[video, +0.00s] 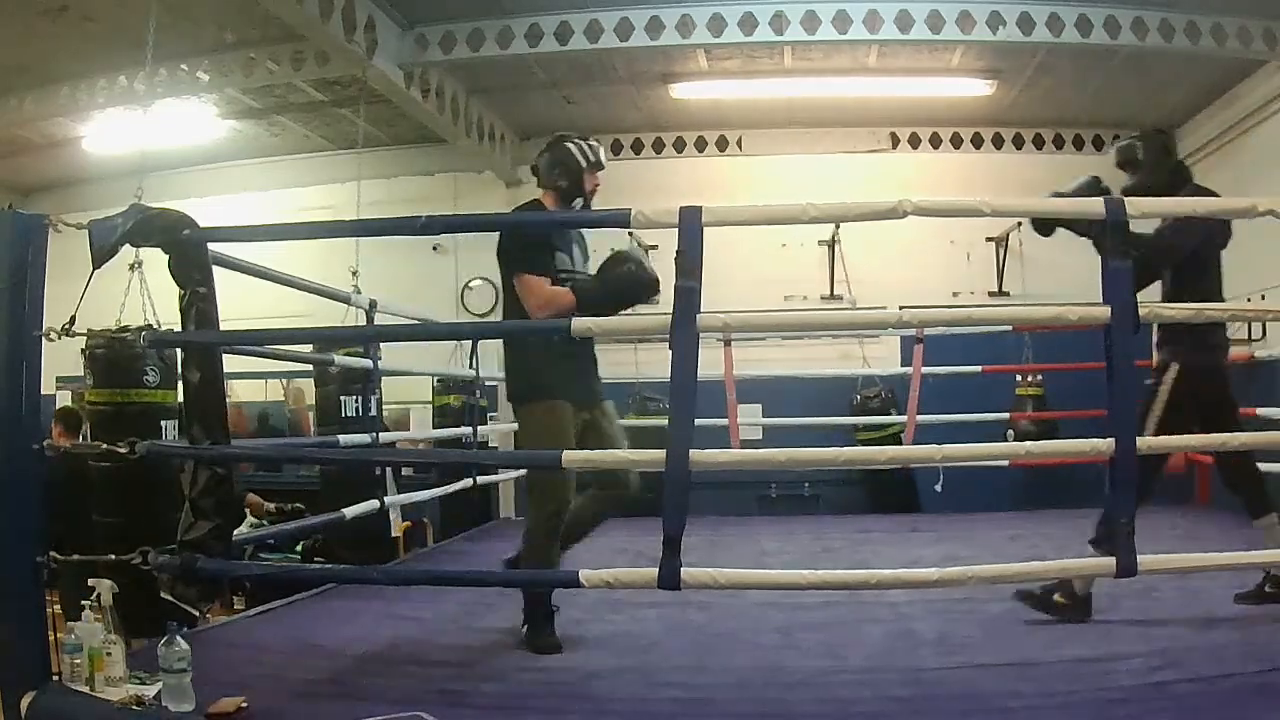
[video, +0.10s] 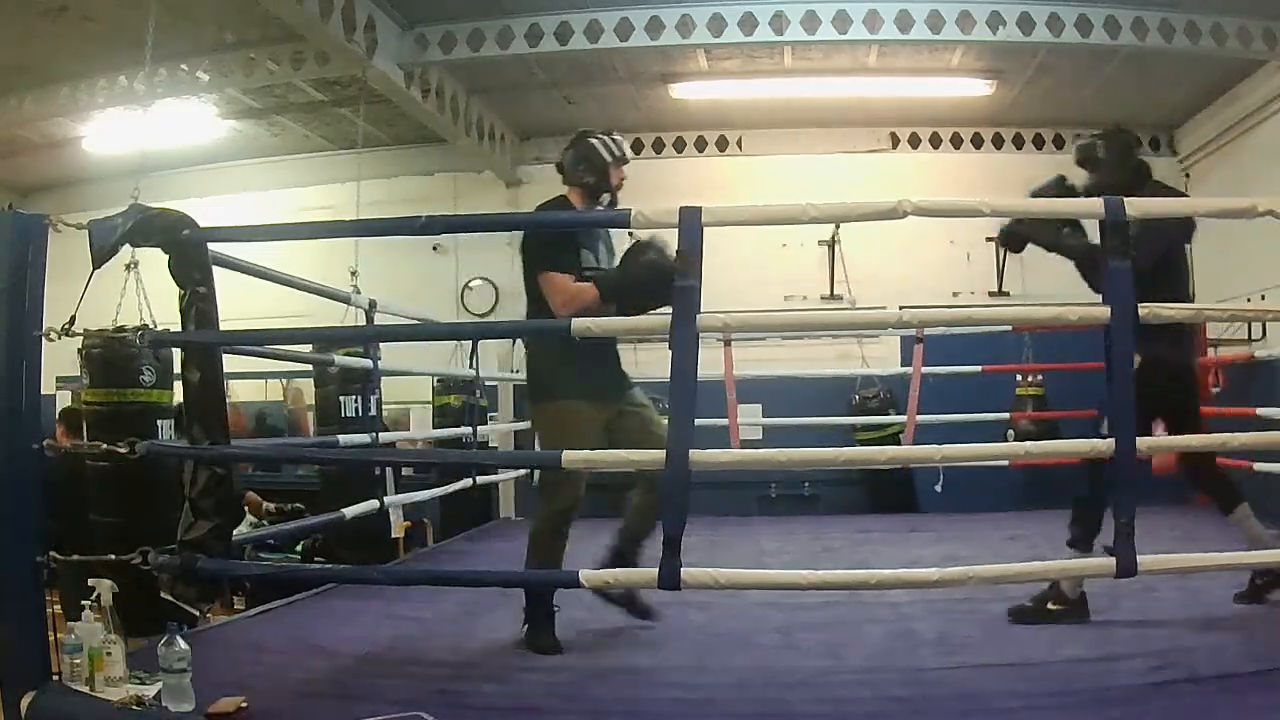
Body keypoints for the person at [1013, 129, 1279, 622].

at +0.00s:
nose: (1132, 180)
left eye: (1137, 169)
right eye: (1130, 172)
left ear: (1161, 163)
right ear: (1161, 163)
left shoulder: (1198, 207)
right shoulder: (1174, 208)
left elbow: (1147, 258)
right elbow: (1134, 272)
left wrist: (1089, 218)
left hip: (1188, 353)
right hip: (1196, 350)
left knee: (1137, 462)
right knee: (1234, 458)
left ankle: (1078, 584)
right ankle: (1279, 562)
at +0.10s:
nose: (1088, 179)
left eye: (1093, 168)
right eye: (1086, 170)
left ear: (1120, 164)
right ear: (1121, 163)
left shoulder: (1159, 206)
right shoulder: (1120, 208)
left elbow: (1118, 280)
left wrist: (1072, 241)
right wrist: (1026, 225)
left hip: (1153, 356)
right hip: (1162, 354)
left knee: (1098, 459)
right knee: (1196, 459)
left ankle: (1068, 587)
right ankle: (1268, 554)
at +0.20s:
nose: (1055, 180)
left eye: (1060, 168)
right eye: (1053, 170)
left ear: (1083, 162)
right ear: (1093, 160)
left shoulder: (1117, 204)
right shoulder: (1111, 205)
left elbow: (1088, 272)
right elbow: (1066, 272)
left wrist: (1013, 253)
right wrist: (1034, 225)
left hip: (1118, 341)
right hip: (1135, 338)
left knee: (1071, 451)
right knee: (1135, 448)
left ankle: (1065, 588)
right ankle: (1227, 534)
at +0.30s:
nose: (1020, 180)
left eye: (1025, 169)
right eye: (1018, 171)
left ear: (1048, 161)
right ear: (1060, 158)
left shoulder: (1087, 200)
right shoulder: (1079, 199)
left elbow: (1045, 269)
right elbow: (1044, 265)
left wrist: (967, 235)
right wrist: (1008, 220)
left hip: (1091, 339)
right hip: (1101, 336)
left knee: (1054, 454)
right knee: (1099, 440)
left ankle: (1064, 589)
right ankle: (1174, 533)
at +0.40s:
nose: (989, 175)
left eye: (994, 163)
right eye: (987, 165)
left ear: (1018, 157)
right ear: (1032, 154)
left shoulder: (1041, 194)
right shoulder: (1073, 191)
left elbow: (979, 240)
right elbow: (1027, 270)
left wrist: (907, 218)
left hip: (1074, 333)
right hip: (1092, 329)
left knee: (1051, 450)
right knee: (1063, 444)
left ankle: (1064, 587)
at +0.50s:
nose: (976, 176)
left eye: (980, 166)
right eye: (974, 168)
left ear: (1000, 157)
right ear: (1013, 155)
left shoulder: (1025, 196)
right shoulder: (1024, 193)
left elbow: (996, 263)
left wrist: (939, 221)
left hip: (1056, 340)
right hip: (1054, 338)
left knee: (1047, 457)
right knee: (1045, 455)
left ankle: (1064, 588)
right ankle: (1057, 565)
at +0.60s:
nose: (963, 189)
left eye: (968, 180)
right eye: (960, 182)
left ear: (990, 175)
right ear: (985, 177)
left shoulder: (1030, 209)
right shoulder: (1000, 219)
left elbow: (1022, 267)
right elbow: (973, 282)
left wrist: (970, 227)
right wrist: (948, 239)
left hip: (1037, 345)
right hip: (1021, 345)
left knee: (1001, 455)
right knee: (1016, 454)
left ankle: (1047, 575)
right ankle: (1046, 570)